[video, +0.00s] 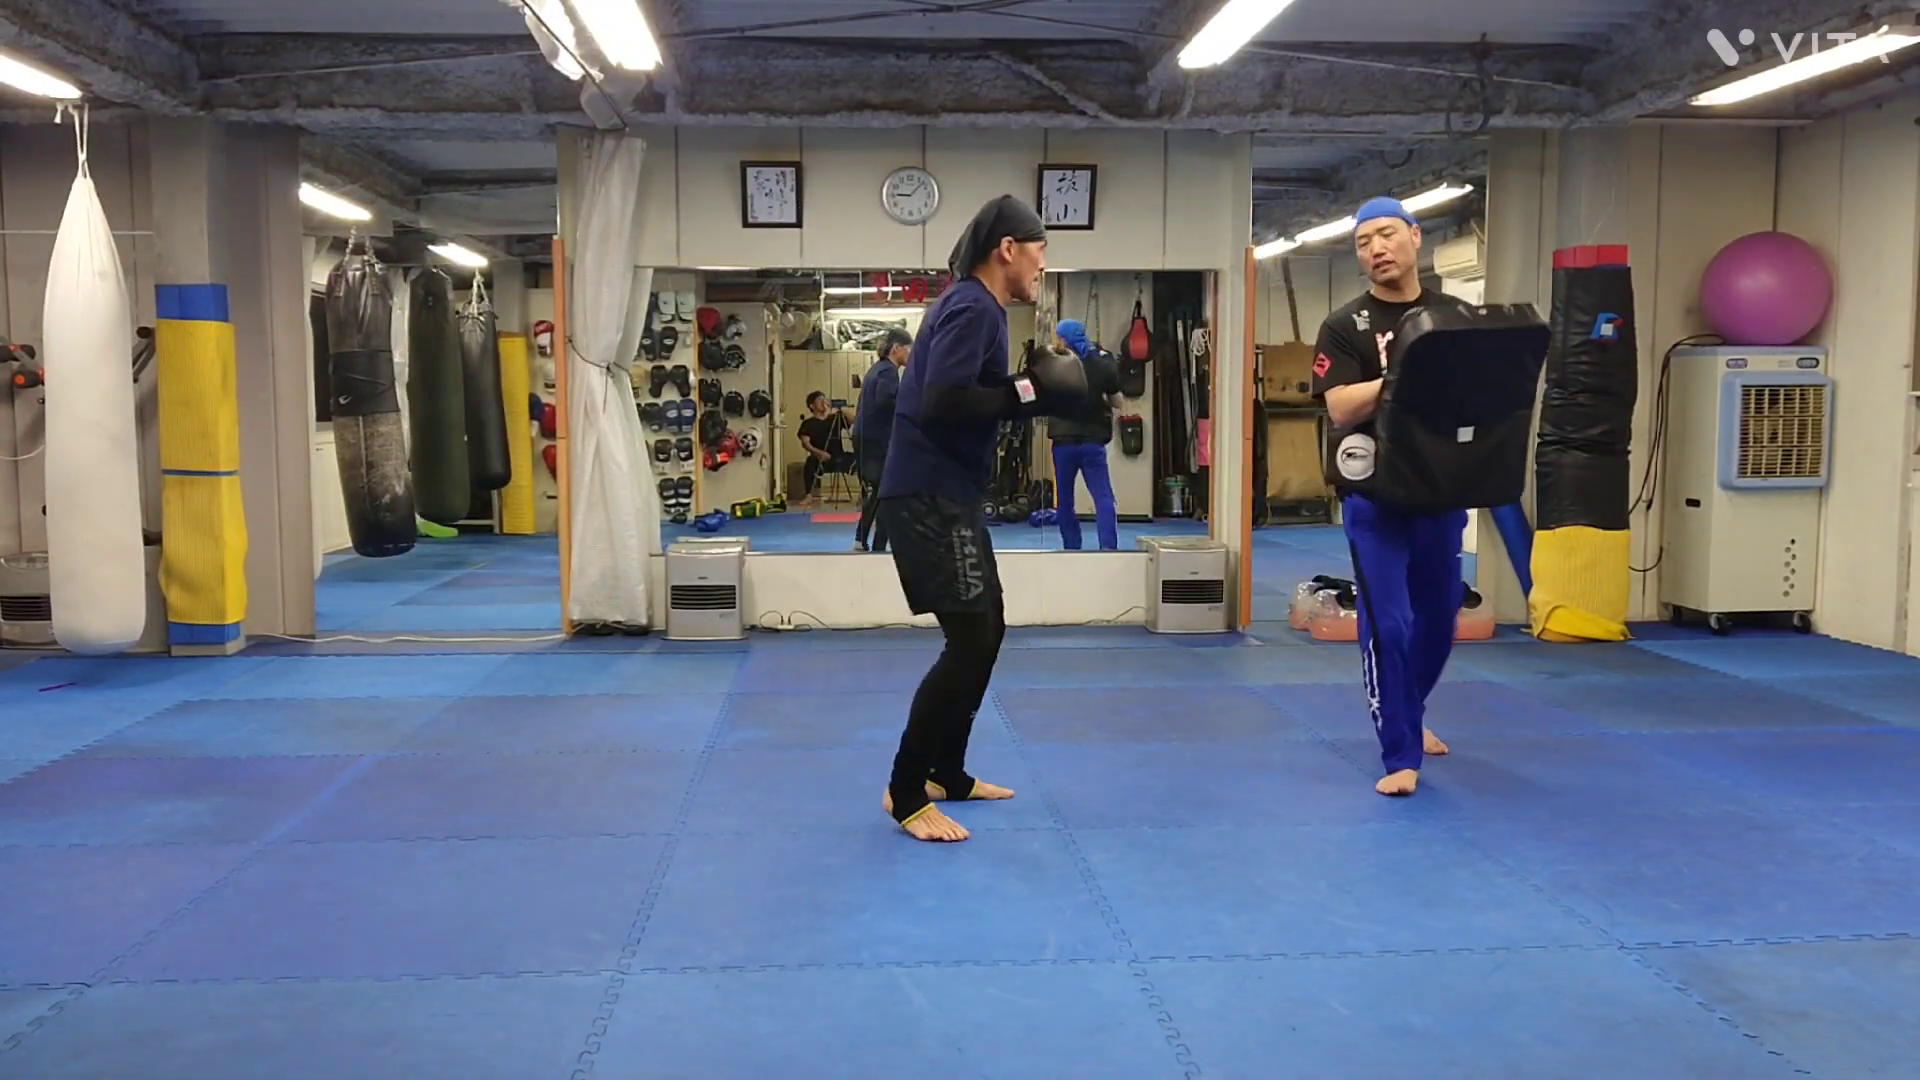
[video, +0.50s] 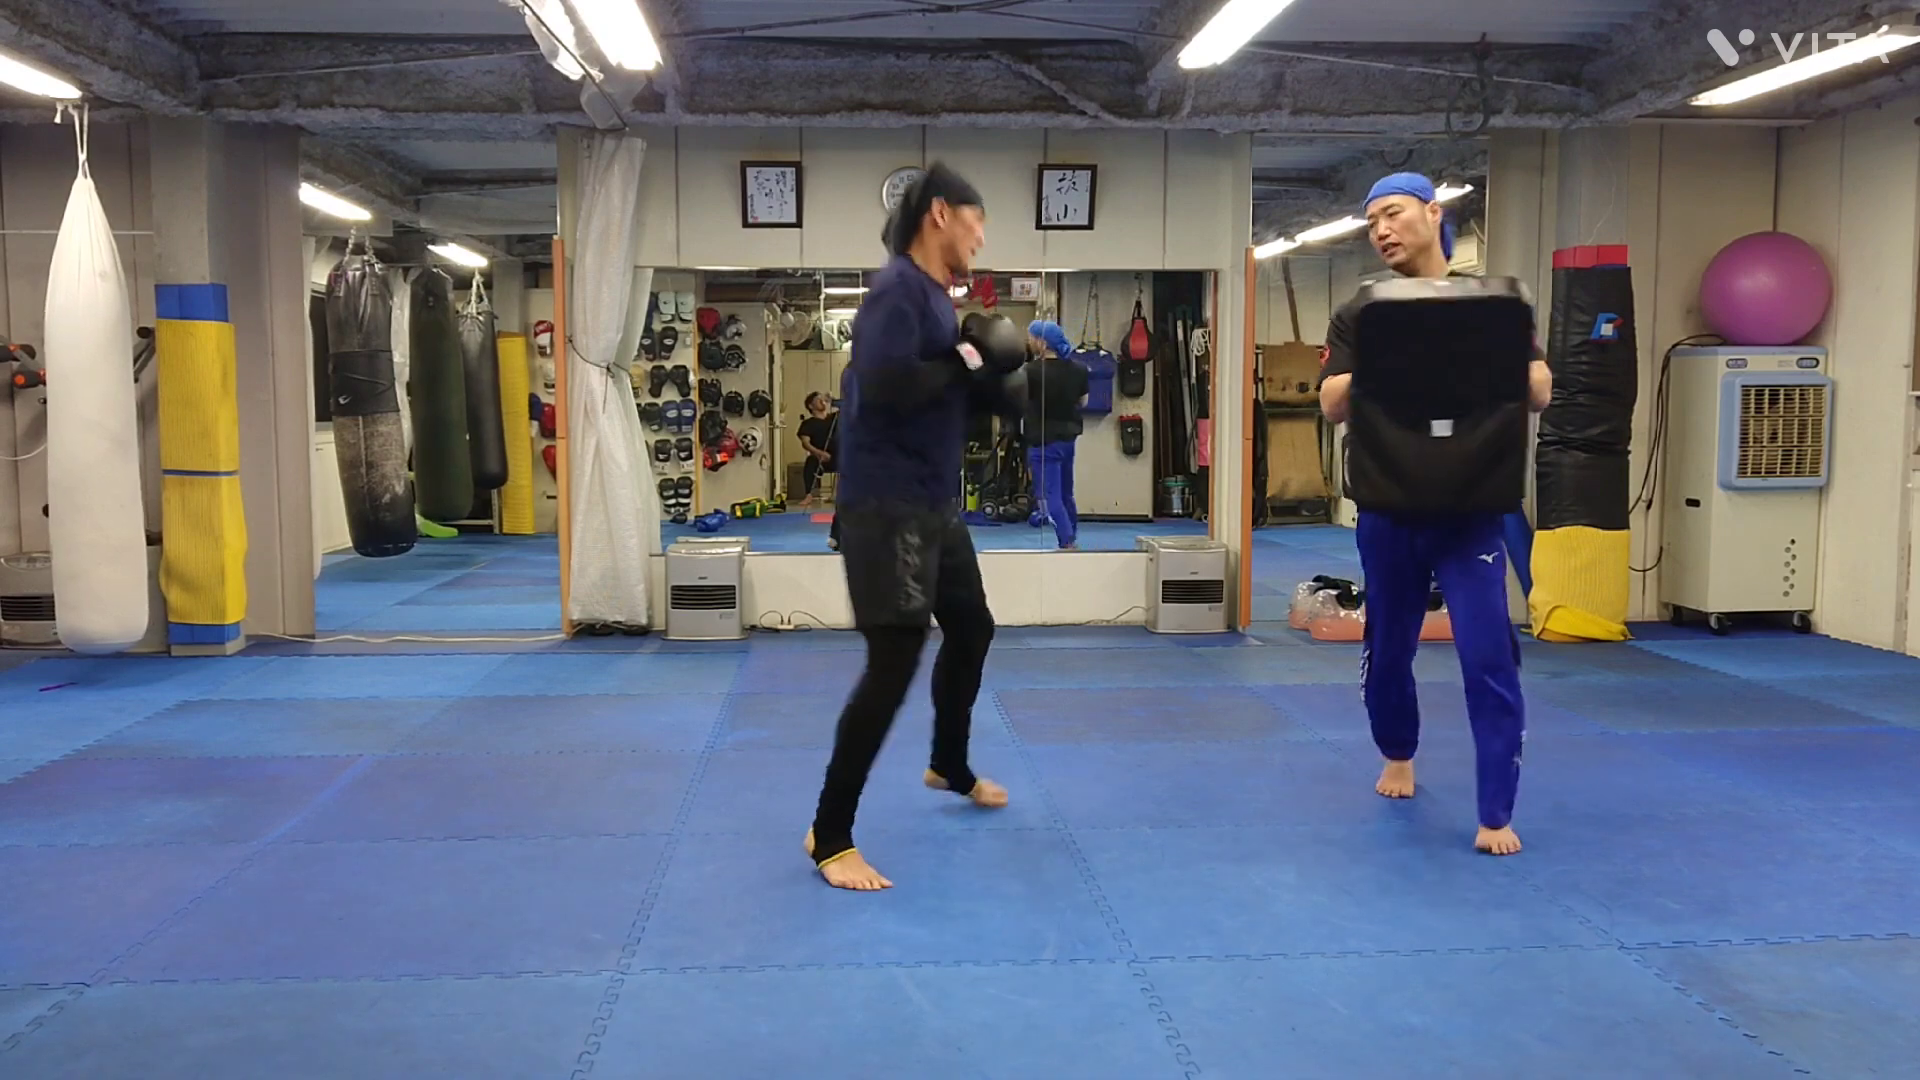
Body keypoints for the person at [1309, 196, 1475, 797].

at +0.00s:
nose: (1378, 247)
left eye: (1388, 234)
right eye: (1366, 241)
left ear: (1415, 239)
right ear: (1358, 257)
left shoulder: (1455, 315)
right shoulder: (1342, 326)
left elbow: (1485, 385)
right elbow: (1339, 410)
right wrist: (1403, 379)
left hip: (1442, 494)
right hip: (1372, 495)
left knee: (1439, 624)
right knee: (1389, 626)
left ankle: (1407, 715)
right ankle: (1399, 760)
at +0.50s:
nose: (1382, 230)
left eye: (1393, 214)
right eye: (1374, 222)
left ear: (1434, 215)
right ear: (1373, 237)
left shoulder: (1495, 297)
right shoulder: (1359, 310)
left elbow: (1540, 388)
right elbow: (1330, 404)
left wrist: (1482, 367)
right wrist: (1379, 368)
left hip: (1475, 508)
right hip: (1388, 510)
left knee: (1490, 655)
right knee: (1389, 649)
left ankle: (1496, 815)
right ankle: (1396, 754)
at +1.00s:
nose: (1341, 206)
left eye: (1352, 189)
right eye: (1343, 192)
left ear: (1399, 190)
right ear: (1394, 194)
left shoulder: (1440, 272)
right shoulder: (1385, 290)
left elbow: (1411, 371)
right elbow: (1371, 384)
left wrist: (1318, 351)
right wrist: (1301, 356)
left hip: (1416, 521)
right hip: (1359, 519)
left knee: (1388, 680)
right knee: (1348, 688)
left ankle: (1470, 817)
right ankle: (1388, 839)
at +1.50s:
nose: (1325, 181)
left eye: (1331, 164)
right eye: (1327, 165)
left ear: (1370, 164)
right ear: (1413, 171)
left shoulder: (1334, 272)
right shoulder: (1487, 270)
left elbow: (1260, 397)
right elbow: (1484, 369)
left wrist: (1267, 336)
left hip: (1363, 534)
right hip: (1457, 533)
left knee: (1338, 724)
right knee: (1451, 710)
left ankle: (1361, 926)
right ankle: (1488, 883)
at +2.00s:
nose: (1354, 221)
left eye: (1360, 205)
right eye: (1360, 205)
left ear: (1385, 210)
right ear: (1451, 219)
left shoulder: (1329, 319)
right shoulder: (1520, 323)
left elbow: (1284, 445)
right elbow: (1531, 458)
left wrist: (1368, 424)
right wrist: (1450, 437)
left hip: (1339, 597)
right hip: (1463, 605)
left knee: (1246, 750)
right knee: (1520, 780)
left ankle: (1170, 924)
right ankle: (1569, 975)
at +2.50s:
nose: (1353, 225)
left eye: (1358, 209)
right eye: (1357, 209)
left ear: (1387, 215)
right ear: (1450, 224)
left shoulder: (1323, 321)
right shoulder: (1510, 339)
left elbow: (1265, 436)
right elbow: (1494, 457)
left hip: (1320, 605)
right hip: (1439, 609)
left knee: (1235, 758)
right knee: (1502, 776)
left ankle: (1174, 927)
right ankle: (1568, 972)